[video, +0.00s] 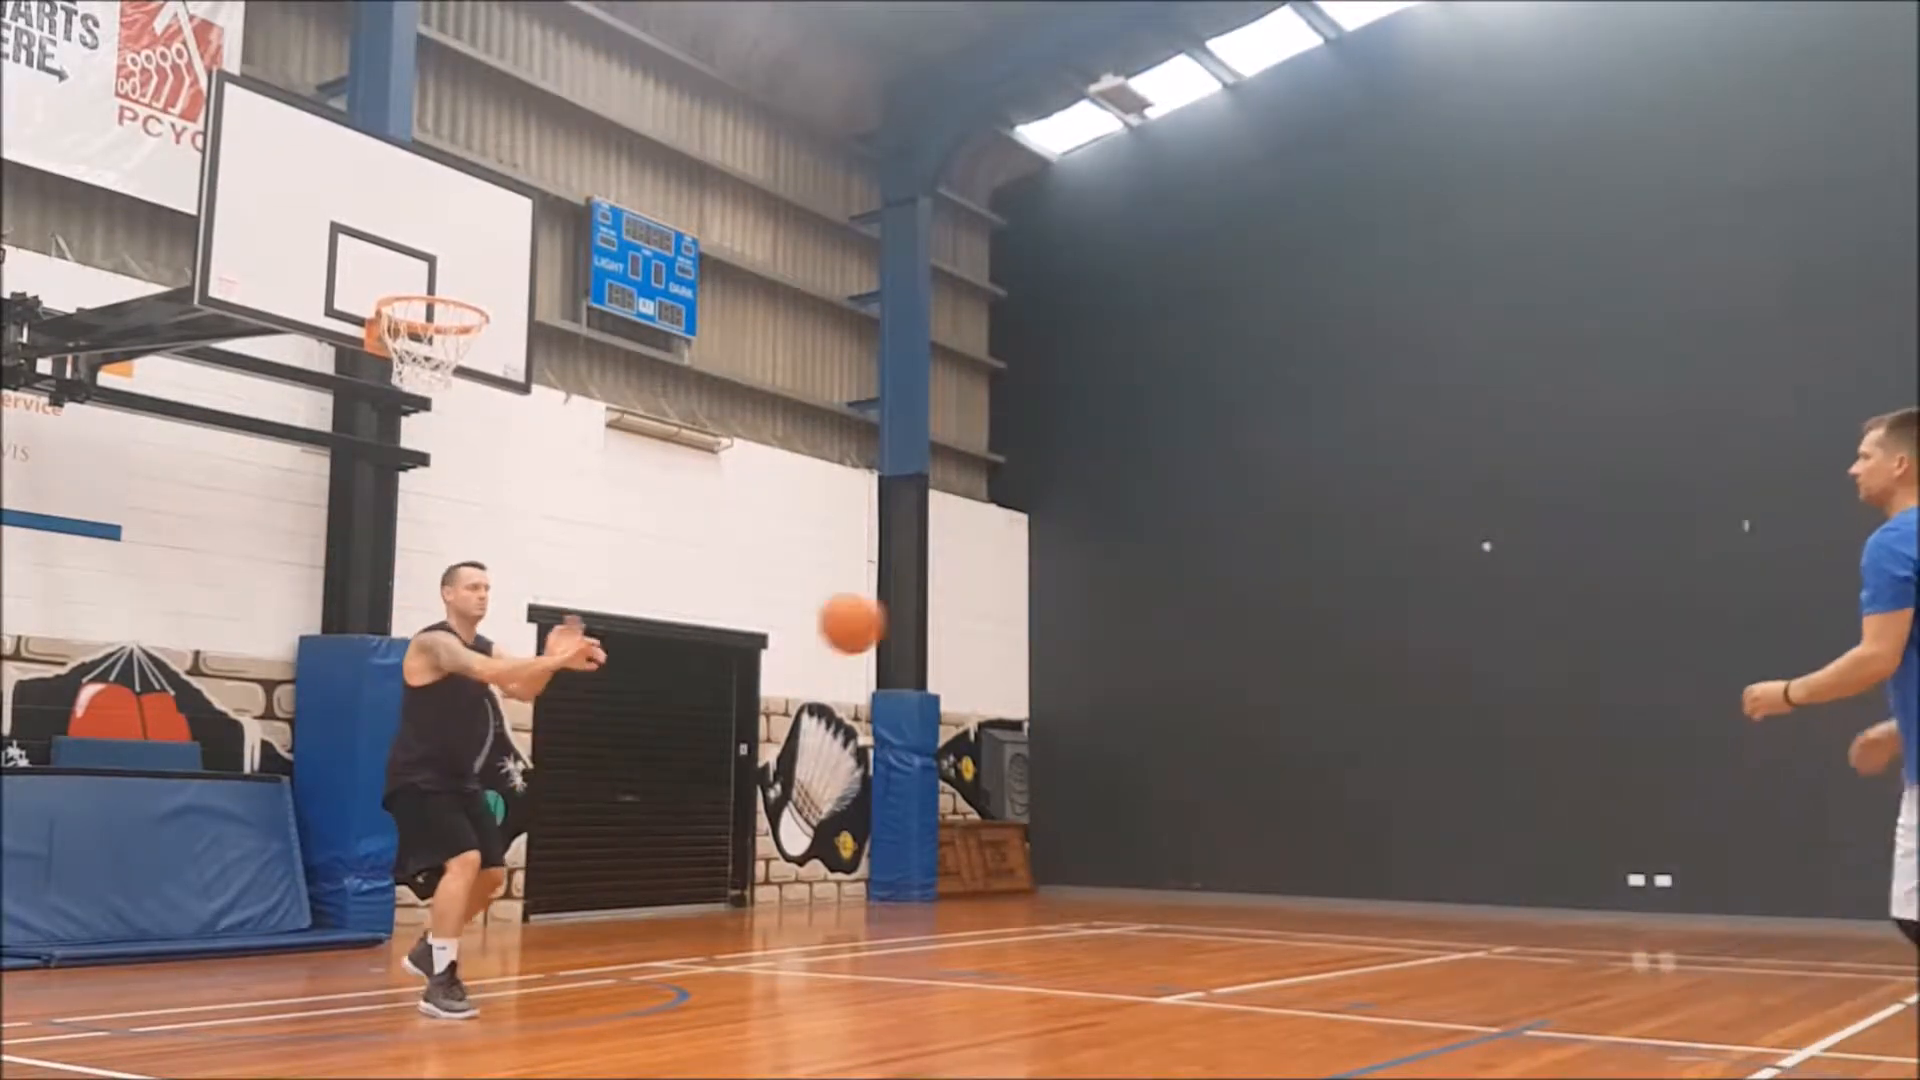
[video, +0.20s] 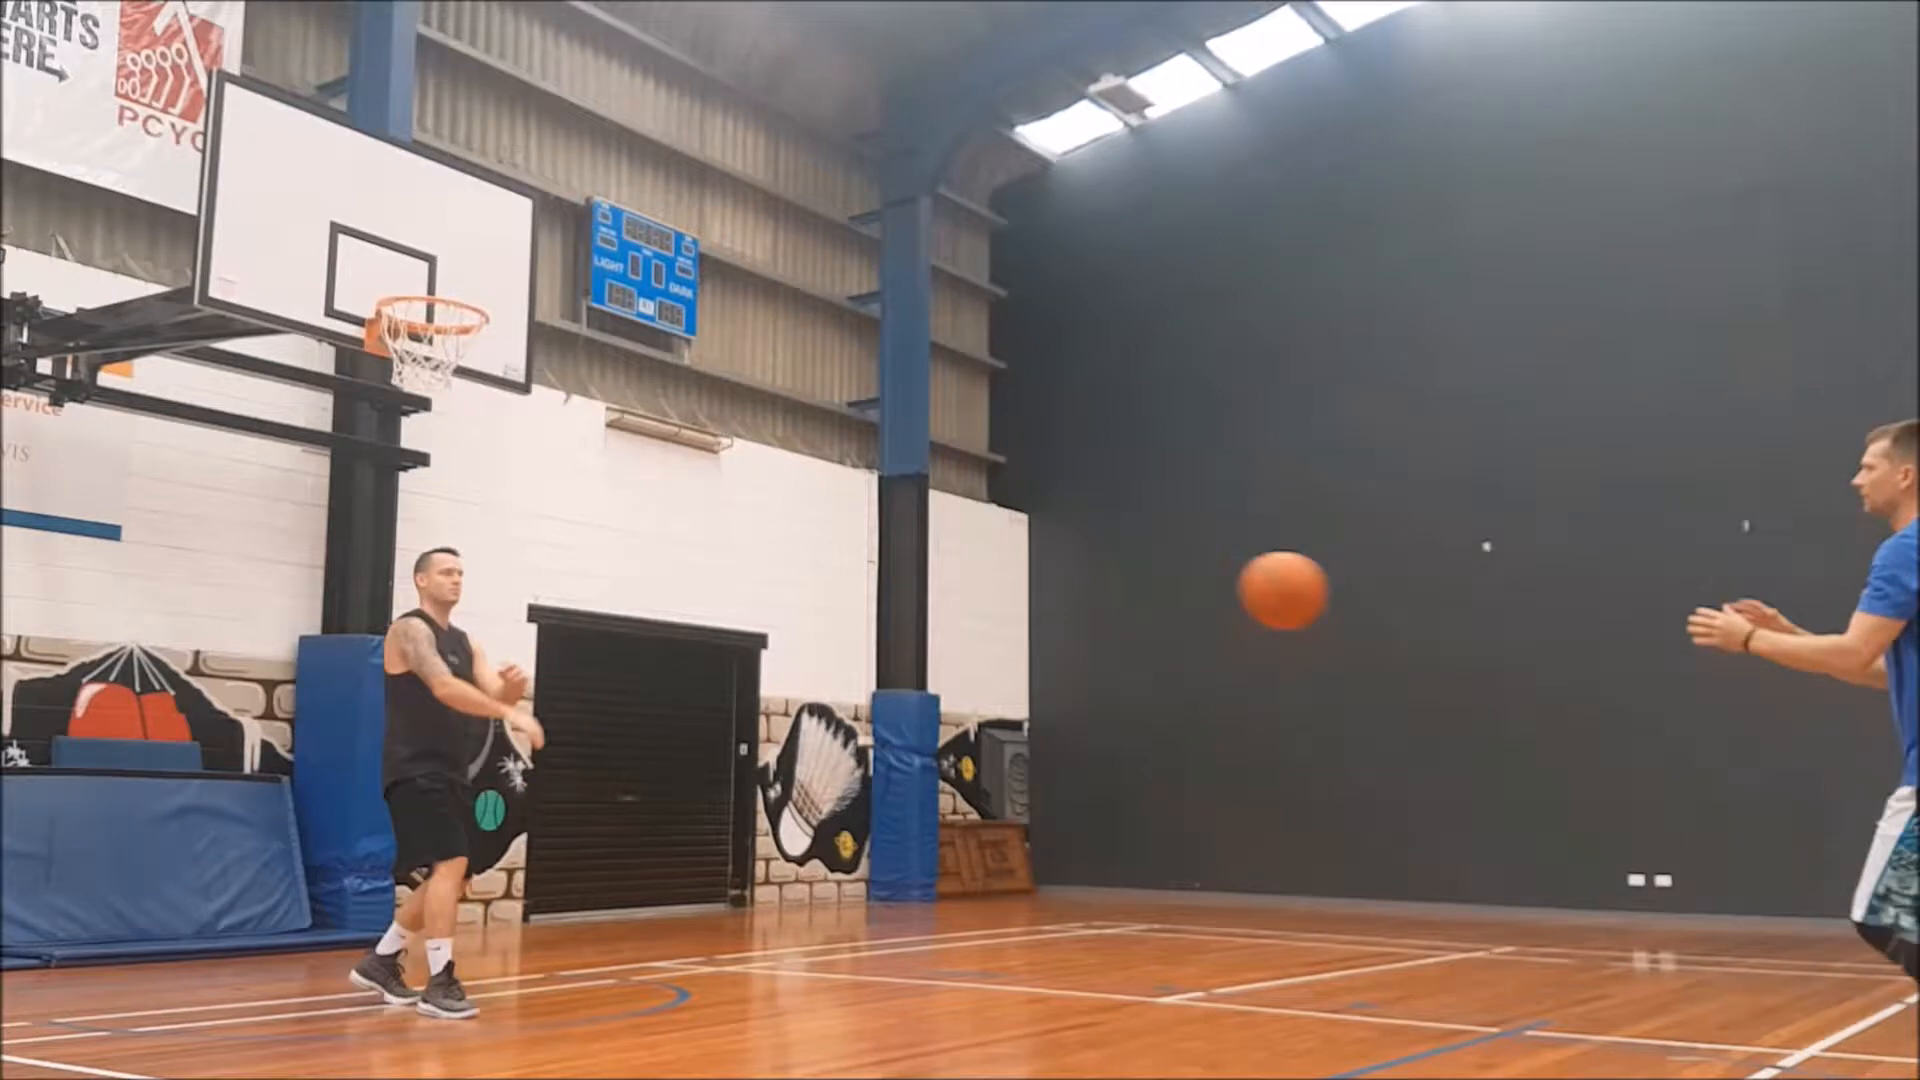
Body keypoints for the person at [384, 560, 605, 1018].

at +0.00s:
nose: (483, 596)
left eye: (486, 589)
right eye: (473, 588)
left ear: (488, 597)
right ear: (447, 595)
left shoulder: (486, 649)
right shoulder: (433, 642)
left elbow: (524, 690)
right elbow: (490, 671)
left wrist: (552, 660)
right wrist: (557, 661)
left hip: (461, 783)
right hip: (419, 780)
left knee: (491, 876)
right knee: (463, 860)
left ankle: (428, 948)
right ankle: (442, 979)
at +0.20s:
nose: (456, 580)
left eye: (460, 574)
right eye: (447, 572)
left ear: (462, 584)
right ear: (420, 581)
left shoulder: (466, 642)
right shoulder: (410, 630)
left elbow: (494, 698)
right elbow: (445, 689)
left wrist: (510, 689)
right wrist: (508, 713)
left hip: (451, 773)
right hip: (414, 771)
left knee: (453, 869)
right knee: (450, 861)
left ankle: (381, 960)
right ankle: (440, 981)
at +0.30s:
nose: (445, 579)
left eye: (449, 572)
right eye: (436, 571)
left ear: (451, 582)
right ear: (409, 580)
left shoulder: (454, 644)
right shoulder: (398, 631)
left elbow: (477, 704)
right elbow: (407, 704)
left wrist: (509, 720)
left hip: (440, 772)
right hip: (406, 771)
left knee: (421, 874)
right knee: (432, 868)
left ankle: (369, 969)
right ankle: (437, 981)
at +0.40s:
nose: (438, 577)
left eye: (441, 571)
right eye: (428, 569)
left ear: (443, 582)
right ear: (402, 579)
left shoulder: (447, 645)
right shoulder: (386, 630)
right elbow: (370, 705)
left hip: (432, 775)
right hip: (394, 771)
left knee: (406, 873)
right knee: (410, 869)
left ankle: (365, 971)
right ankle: (427, 975)